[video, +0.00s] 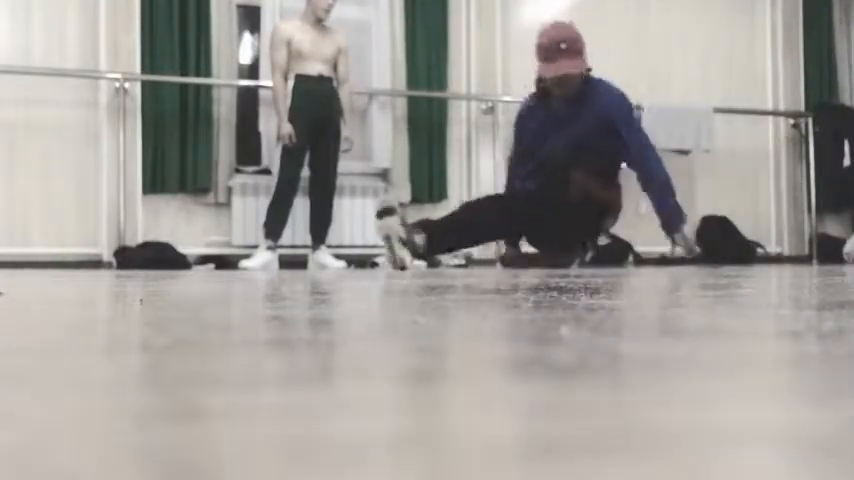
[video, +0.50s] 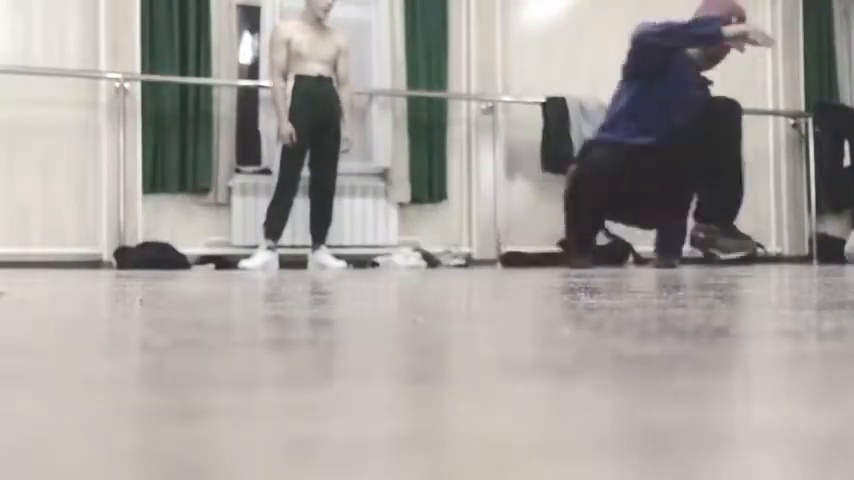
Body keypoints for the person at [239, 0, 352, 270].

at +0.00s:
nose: (329, 6)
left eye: (332, 3)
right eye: (325, 1)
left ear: (331, 7)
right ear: (310, 2)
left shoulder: (336, 39)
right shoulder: (285, 30)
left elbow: (342, 83)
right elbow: (278, 76)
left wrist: (346, 126)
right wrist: (283, 120)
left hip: (328, 99)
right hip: (299, 96)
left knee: (325, 180)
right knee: (288, 178)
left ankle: (319, 251)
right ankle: (268, 248)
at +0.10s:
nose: (329, 6)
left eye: (332, 3)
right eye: (324, 1)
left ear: (331, 7)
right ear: (310, 2)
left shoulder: (336, 39)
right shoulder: (285, 30)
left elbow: (342, 83)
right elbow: (278, 76)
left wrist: (345, 127)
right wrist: (283, 120)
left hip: (328, 100)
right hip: (299, 96)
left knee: (325, 180)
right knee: (288, 178)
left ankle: (319, 250)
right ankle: (268, 248)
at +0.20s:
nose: (328, 6)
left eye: (331, 2)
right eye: (324, 1)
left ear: (331, 7)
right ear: (310, 2)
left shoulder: (336, 38)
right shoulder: (285, 30)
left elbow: (342, 83)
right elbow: (278, 77)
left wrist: (345, 127)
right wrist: (282, 120)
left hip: (328, 100)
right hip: (299, 96)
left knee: (325, 180)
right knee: (288, 178)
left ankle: (319, 250)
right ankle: (268, 248)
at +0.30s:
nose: (329, 6)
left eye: (331, 3)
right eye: (324, 1)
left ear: (331, 7)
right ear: (310, 2)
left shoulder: (336, 39)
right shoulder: (285, 31)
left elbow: (342, 84)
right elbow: (278, 77)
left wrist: (344, 127)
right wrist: (283, 120)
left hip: (328, 100)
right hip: (299, 96)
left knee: (325, 180)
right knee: (288, 178)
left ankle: (319, 250)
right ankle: (268, 248)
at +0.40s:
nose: (329, 6)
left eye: (331, 3)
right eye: (324, 1)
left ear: (330, 7)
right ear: (310, 2)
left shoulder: (336, 39)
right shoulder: (285, 31)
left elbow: (342, 84)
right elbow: (278, 77)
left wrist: (344, 127)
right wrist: (283, 120)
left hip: (328, 100)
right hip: (299, 96)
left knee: (325, 180)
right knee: (288, 177)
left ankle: (319, 250)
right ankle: (268, 248)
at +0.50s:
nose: (328, 5)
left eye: (331, 2)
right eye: (324, 0)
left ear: (331, 6)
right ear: (309, 1)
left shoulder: (336, 39)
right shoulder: (285, 31)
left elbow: (343, 84)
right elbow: (277, 78)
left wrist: (345, 128)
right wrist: (283, 120)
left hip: (328, 100)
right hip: (299, 97)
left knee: (325, 180)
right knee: (288, 177)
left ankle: (319, 250)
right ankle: (268, 248)